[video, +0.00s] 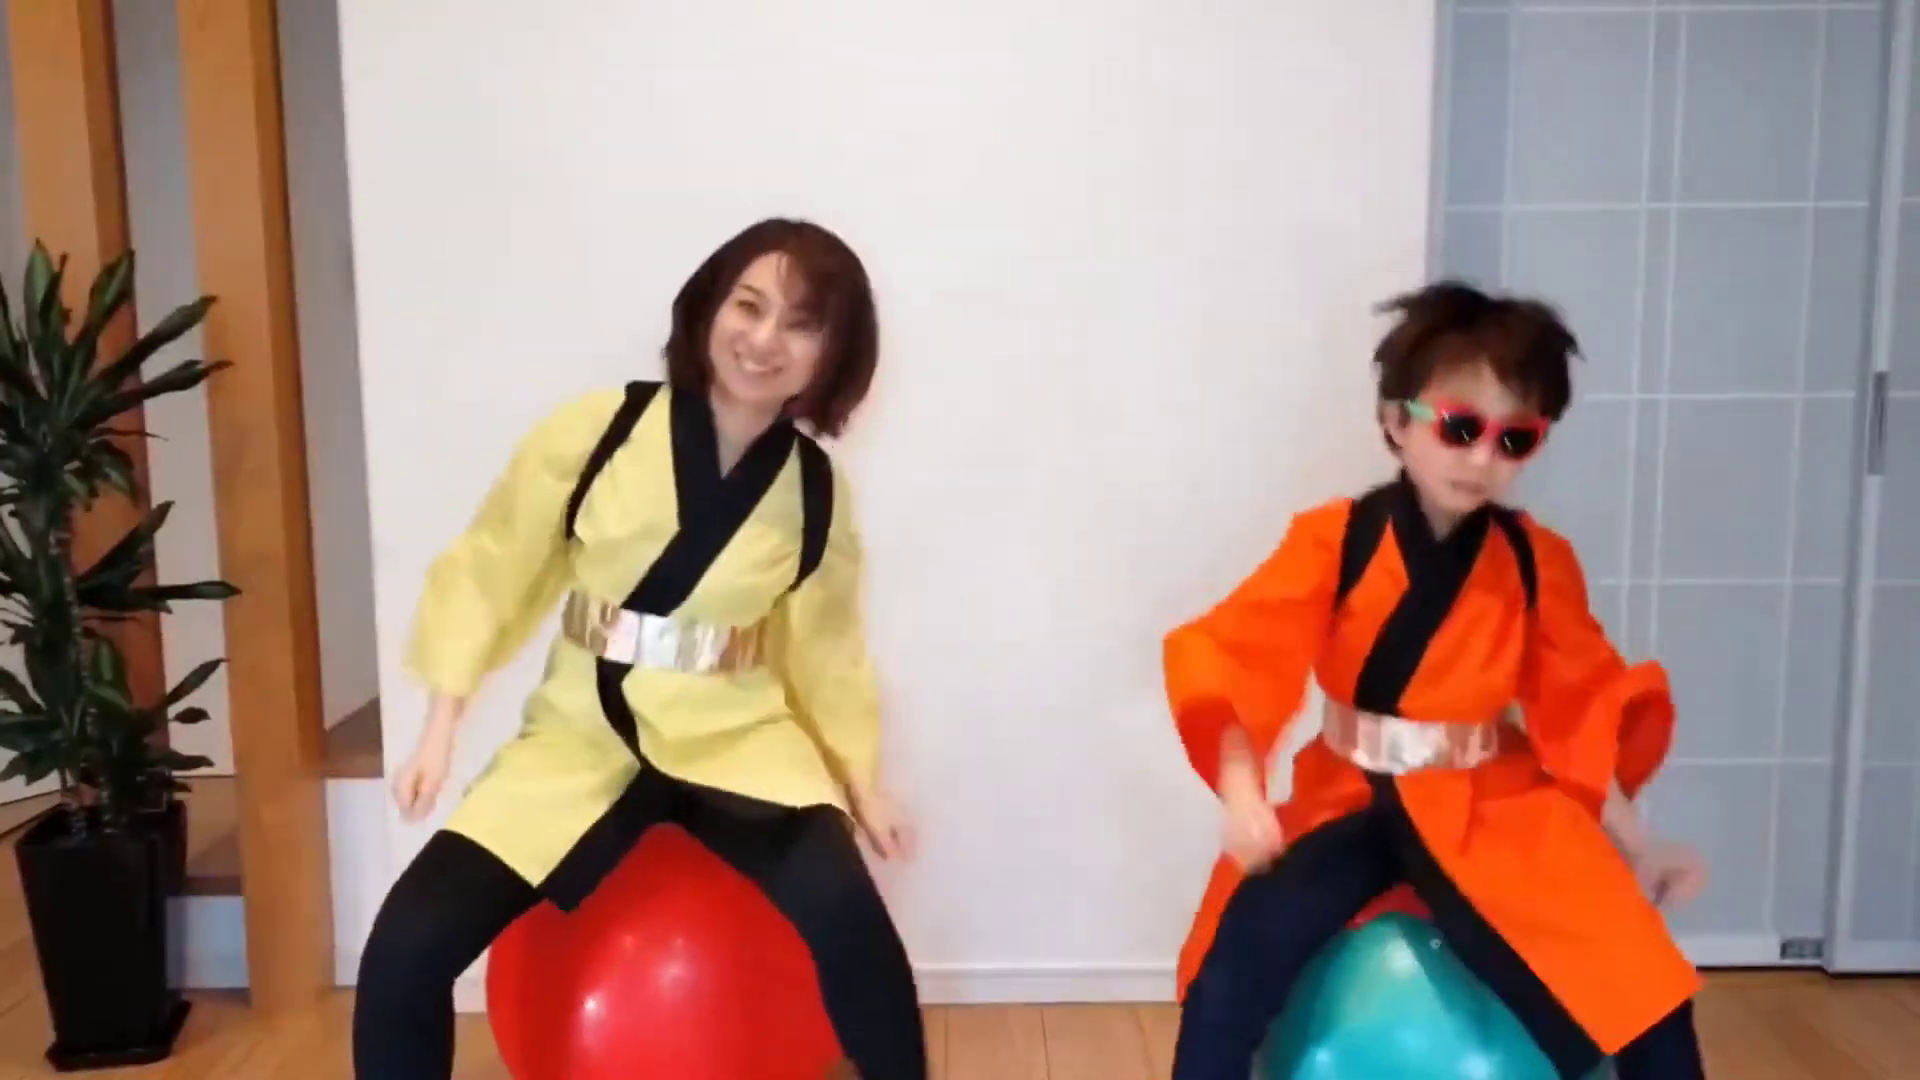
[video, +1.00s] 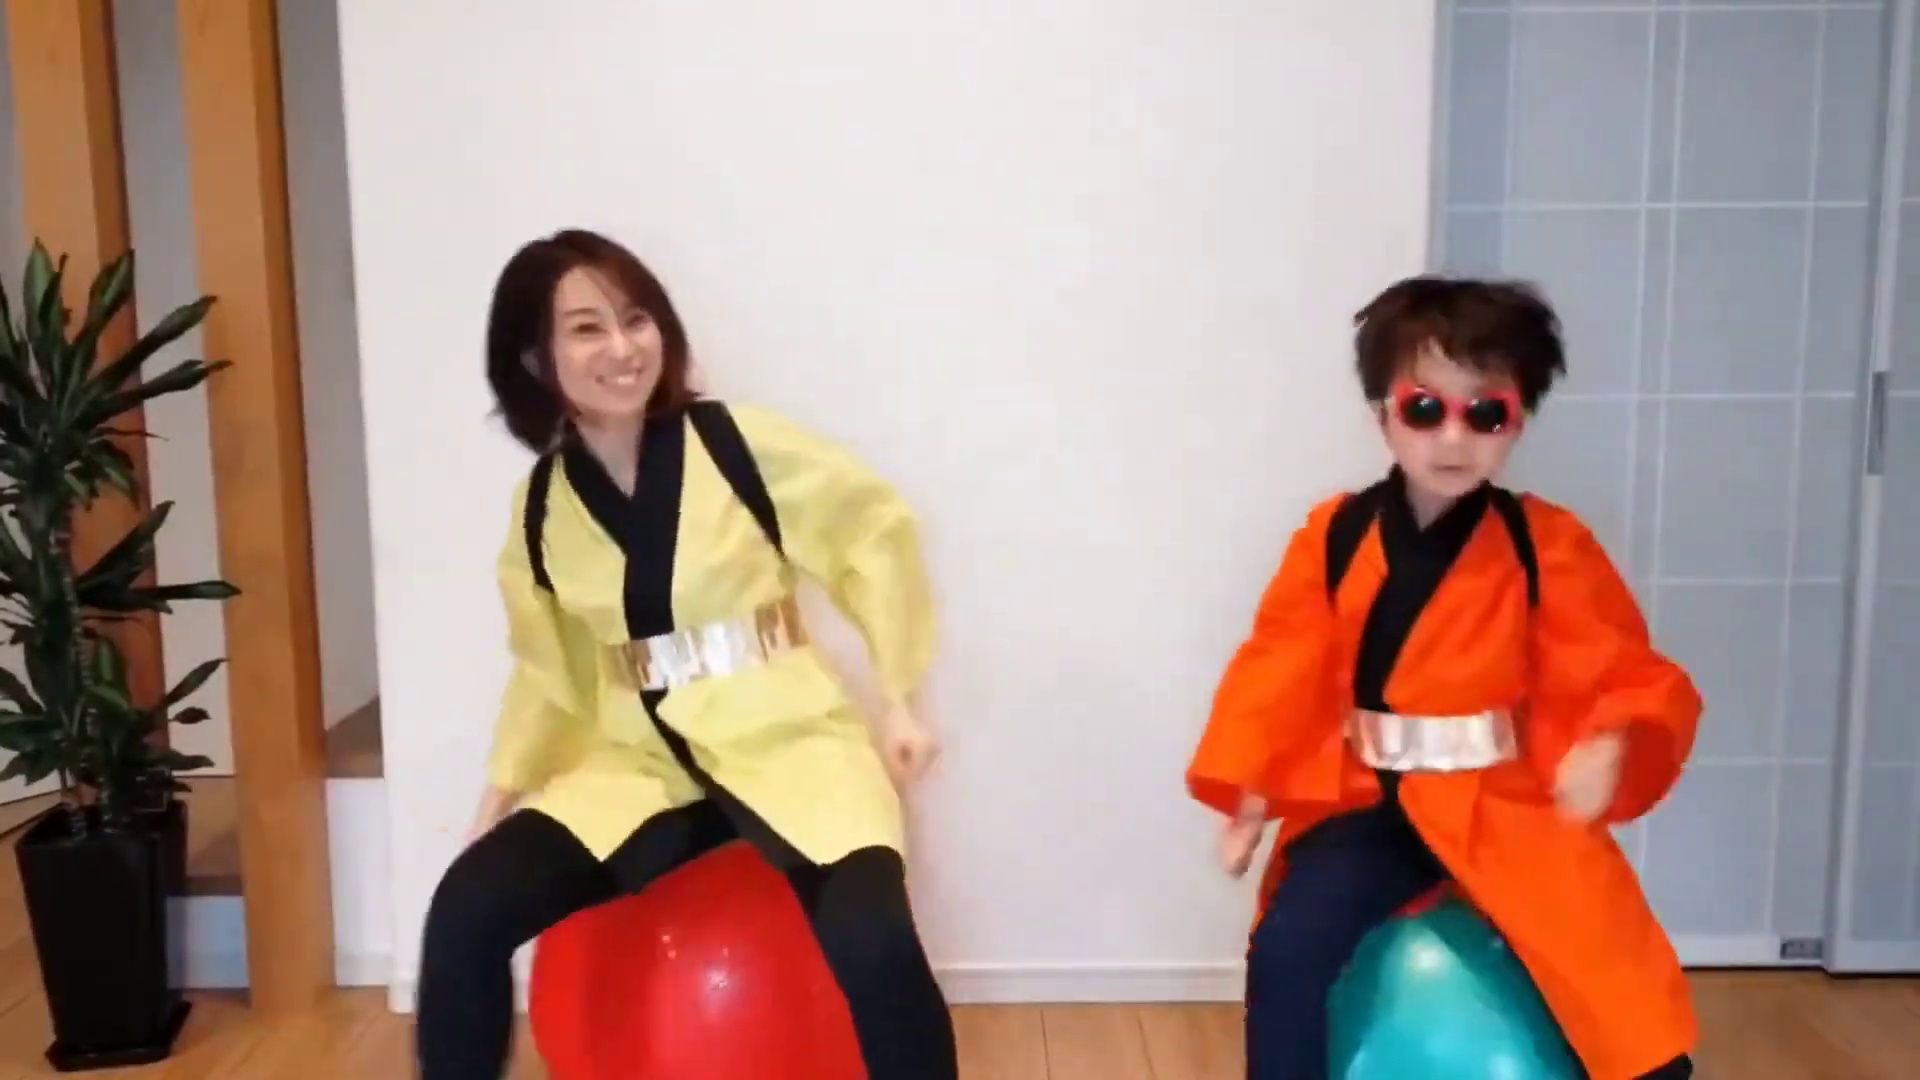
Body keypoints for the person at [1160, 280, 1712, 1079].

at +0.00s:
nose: (1483, 459)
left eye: (1515, 439)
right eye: (1459, 426)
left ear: (1537, 446)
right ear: (1397, 423)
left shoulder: (1536, 561)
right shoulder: (1336, 539)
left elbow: (1581, 714)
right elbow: (1223, 661)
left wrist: (1635, 842)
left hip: (1490, 805)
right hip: (1351, 800)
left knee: (1646, 983)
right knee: (1240, 954)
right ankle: (1207, 1067)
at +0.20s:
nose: (1536, 573)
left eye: (1560, 551)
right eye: (1505, 549)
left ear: (1578, 566)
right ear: (1439, 571)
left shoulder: (1562, 693)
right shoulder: (1391, 703)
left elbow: (1610, 828)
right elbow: (1417, 881)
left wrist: (1661, 938)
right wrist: (1479, 1048)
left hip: (1497, 935)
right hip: (1355, 939)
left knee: (1630, 1048)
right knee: (1253, 1050)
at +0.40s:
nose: (1558, 397)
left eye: (1586, 373)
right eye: (1525, 371)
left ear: (1607, 388)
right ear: (1462, 391)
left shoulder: (1600, 525)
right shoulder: (1421, 523)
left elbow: (1711, 614)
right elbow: (1467, 667)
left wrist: (1860, 671)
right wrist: (1657, 694)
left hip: (1539, 801)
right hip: (1406, 790)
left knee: (1663, 1027)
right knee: (1292, 970)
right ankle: (1243, 1068)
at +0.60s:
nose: (1554, 478)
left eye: (1582, 454)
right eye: (1521, 451)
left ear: (1603, 468)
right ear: (1461, 465)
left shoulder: (1597, 597)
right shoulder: (1407, 576)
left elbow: (1725, 706)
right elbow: (1353, 698)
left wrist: (1707, 603)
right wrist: (1451, 597)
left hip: (1541, 848)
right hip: (1409, 838)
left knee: (1638, 1015)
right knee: (1311, 982)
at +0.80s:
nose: (1505, 526)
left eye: (1536, 501)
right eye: (1473, 499)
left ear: (1565, 516)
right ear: (1429, 511)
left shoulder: (1589, 642)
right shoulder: (1385, 628)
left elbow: (1624, 799)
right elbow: (1280, 787)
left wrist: (1679, 726)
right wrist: (1329, 761)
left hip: (1532, 908)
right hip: (1390, 898)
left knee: (1657, 1052)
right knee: (1277, 1021)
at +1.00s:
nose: (1452, 436)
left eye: (1486, 412)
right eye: (1423, 408)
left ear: (1519, 425)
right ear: (1382, 415)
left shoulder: (1547, 543)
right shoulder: (1338, 534)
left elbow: (1632, 677)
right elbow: (1281, 659)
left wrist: (1614, 740)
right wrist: (1256, 779)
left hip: (1515, 811)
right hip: (1372, 809)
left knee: (1616, 957)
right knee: (1289, 944)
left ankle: (1652, 1065)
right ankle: (1283, 1067)